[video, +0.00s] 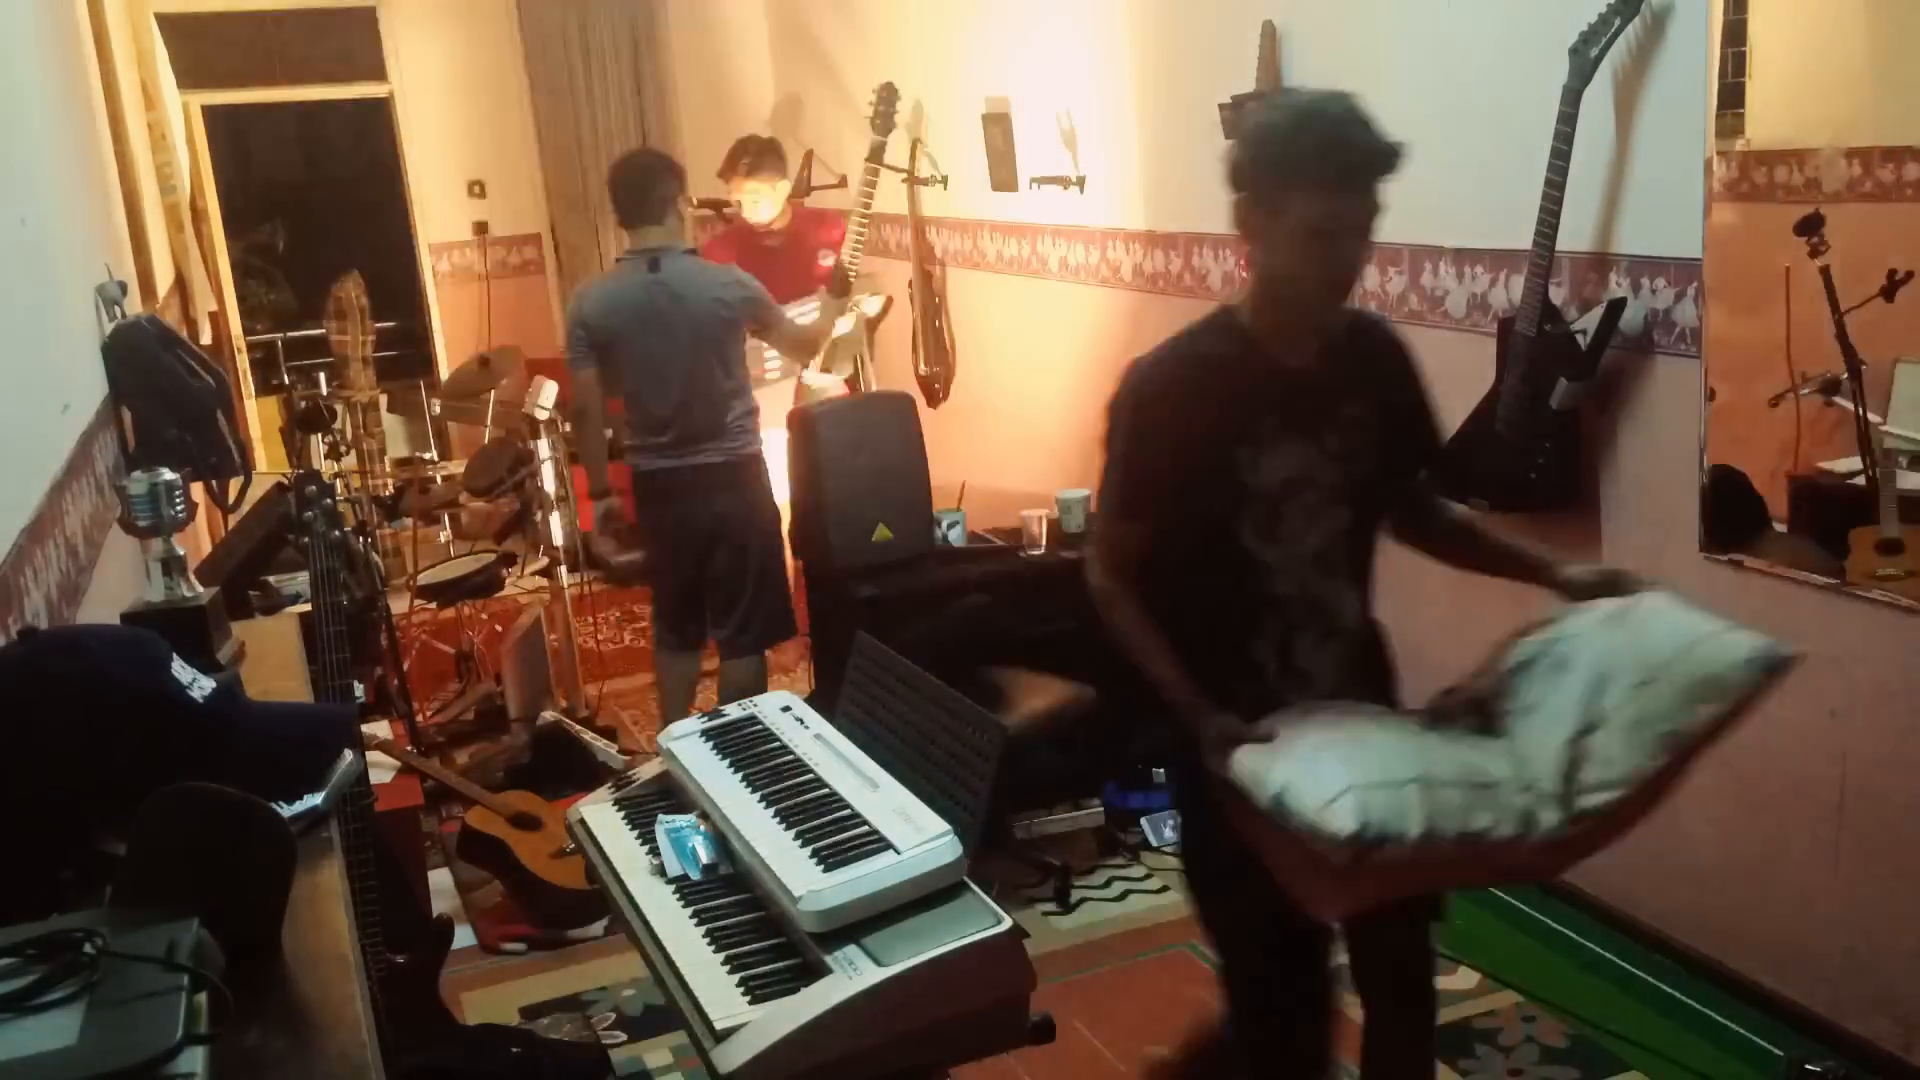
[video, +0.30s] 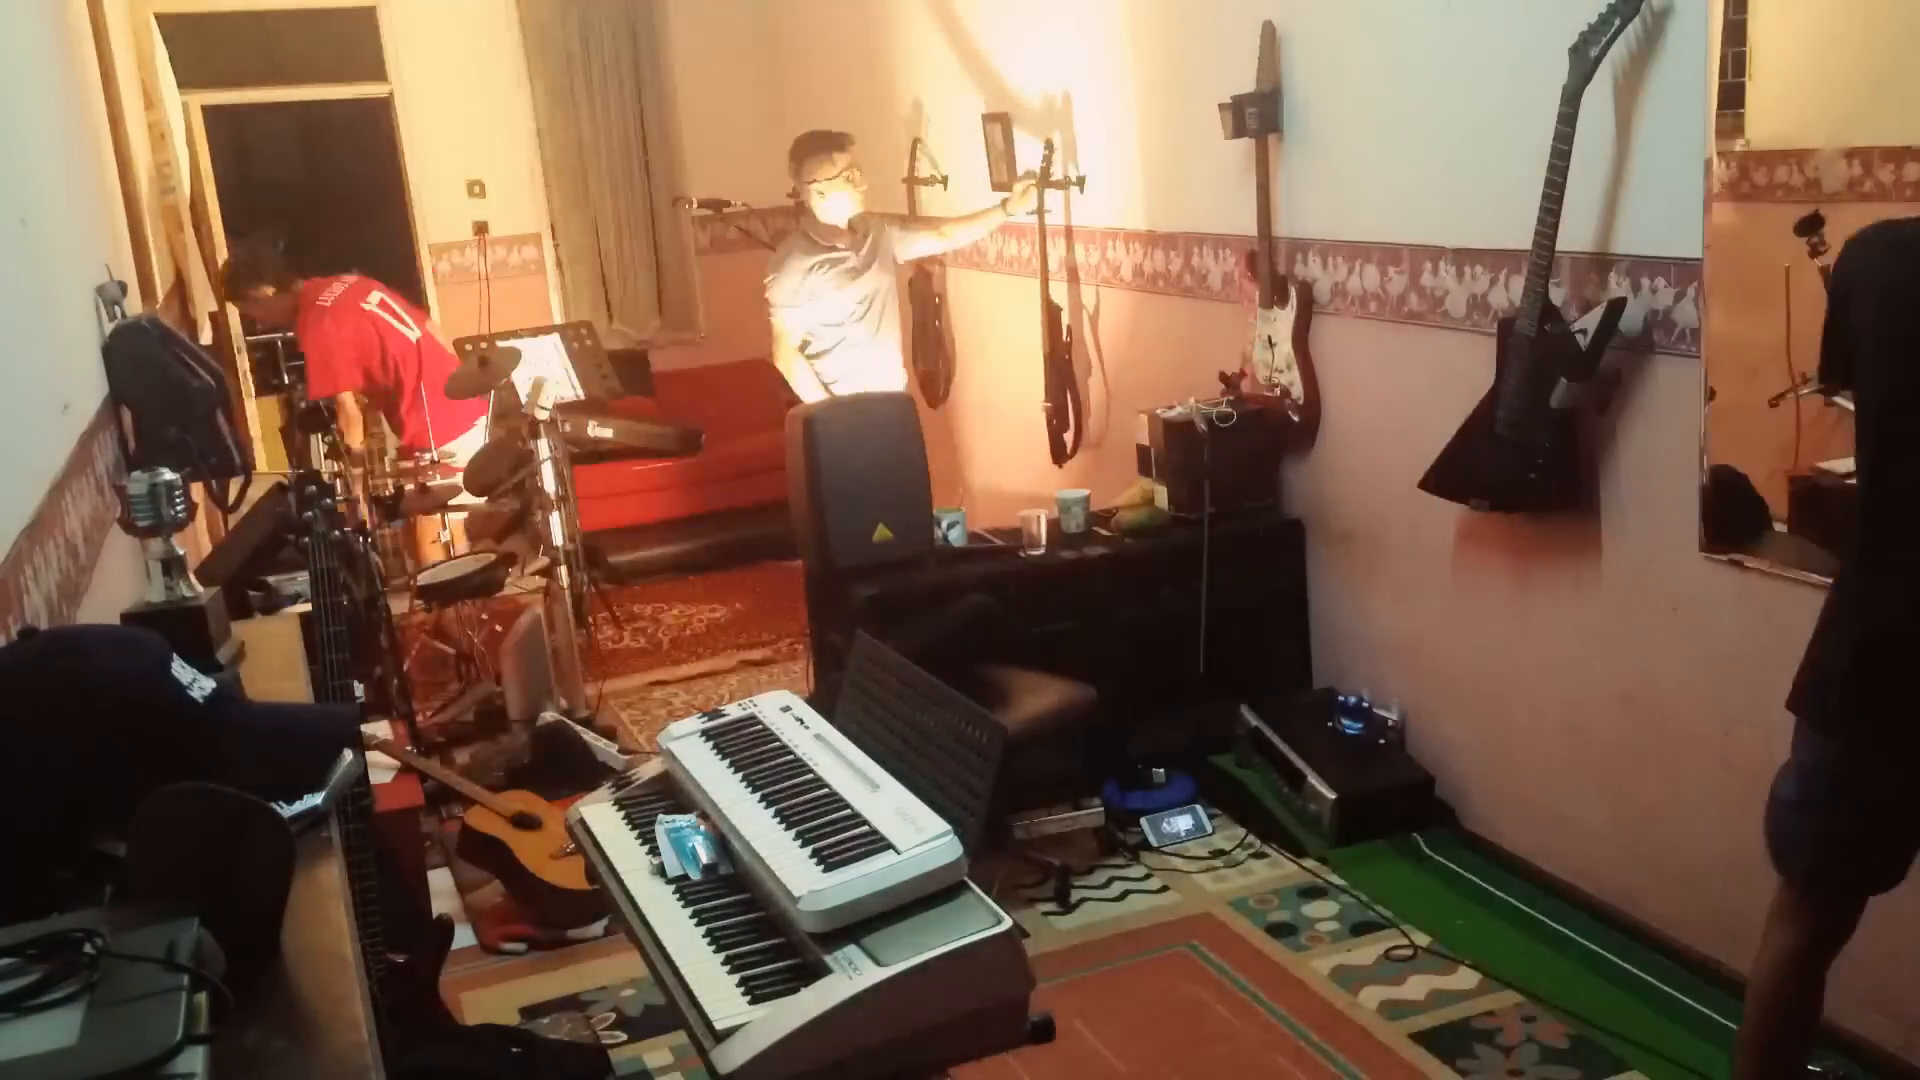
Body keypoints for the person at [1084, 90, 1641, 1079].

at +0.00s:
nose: (1347, 256)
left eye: (1360, 229)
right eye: (1322, 231)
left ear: (1374, 226)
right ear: (1250, 224)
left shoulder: (1370, 356)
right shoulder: (1170, 386)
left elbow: (1413, 510)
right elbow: (1110, 574)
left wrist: (1559, 575)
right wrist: (1206, 722)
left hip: (1357, 704)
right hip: (1225, 722)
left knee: (1403, 990)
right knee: (1284, 1019)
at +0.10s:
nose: (1709, 242)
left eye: (1720, 211)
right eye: (1709, 207)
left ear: (1577, 177)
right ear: (1649, 190)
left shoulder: (1492, 341)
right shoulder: (1554, 378)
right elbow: (1540, 684)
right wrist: (1699, 910)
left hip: (1478, 813)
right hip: (1538, 838)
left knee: (1532, 1061)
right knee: (1573, 1067)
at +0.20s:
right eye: (1817, 122)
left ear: (1677, 145)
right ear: (1816, 140)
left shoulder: (1603, 318)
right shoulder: (1888, 304)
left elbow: (1573, 545)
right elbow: (1907, 528)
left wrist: (1595, 703)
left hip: (1666, 720)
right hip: (1842, 716)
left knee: (1675, 992)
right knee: (1832, 1021)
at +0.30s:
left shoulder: (1881, 257)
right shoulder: (1879, 258)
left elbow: (1840, 375)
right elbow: (1841, 378)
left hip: (1879, 652)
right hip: (1879, 653)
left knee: (1800, 932)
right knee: (1805, 933)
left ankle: (1758, 1069)